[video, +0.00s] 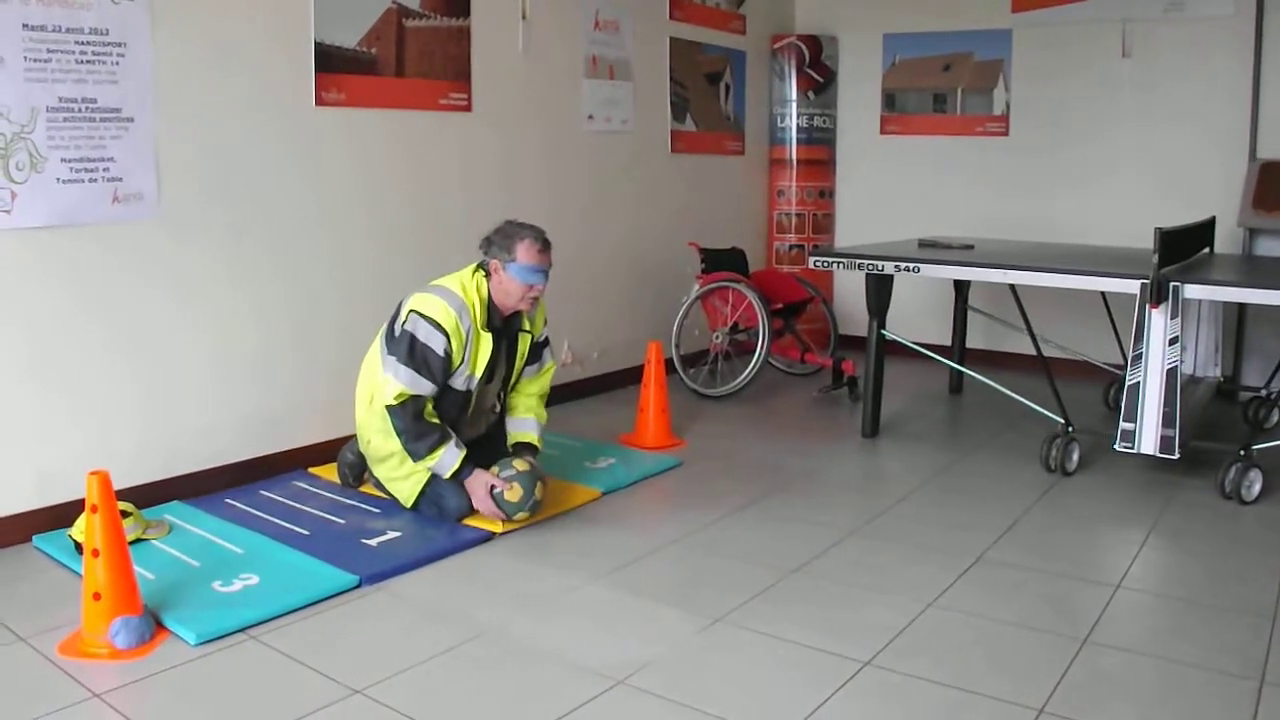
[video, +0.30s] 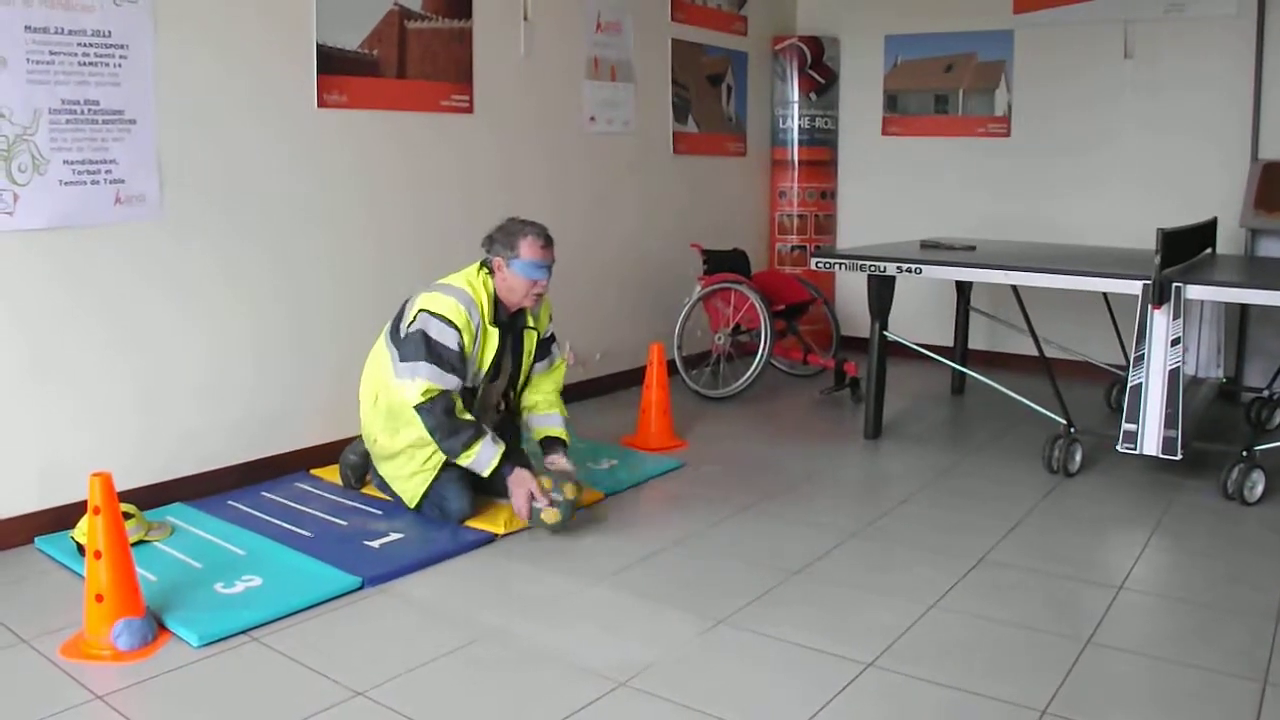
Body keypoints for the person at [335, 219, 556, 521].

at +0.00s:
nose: (540, 288)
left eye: (545, 277)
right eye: (530, 276)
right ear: (495, 270)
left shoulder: (529, 310)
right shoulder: (439, 313)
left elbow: (529, 387)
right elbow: (404, 410)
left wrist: (525, 453)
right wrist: (467, 473)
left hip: (464, 418)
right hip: (398, 432)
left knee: (513, 482)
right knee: (454, 506)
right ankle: (372, 459)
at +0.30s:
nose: (543, 285)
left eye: (548, 273)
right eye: (533, 273)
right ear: (499, 268)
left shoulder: (534, 308)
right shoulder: (446, 310)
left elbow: (541, 383)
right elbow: (434, 409)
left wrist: (554, 450)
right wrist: (508, 469)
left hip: (470, 412)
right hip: (401, 422)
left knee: (511, 484)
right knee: (455, 506)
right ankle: (375, 462)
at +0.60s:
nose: (556, 285)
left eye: (560, 274)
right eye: (547, 274)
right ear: (512, 269)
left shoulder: (540, 304)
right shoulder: (467, 311)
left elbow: (573, 364)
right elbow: (505, 399)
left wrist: (622, 391)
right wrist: (600, 414)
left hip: (471, 406)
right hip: (413, 415)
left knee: (518, 485)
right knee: (457, 509)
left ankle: (431, 448)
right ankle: (377, 454)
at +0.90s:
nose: (576, 296)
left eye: (580, 284)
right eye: (566, 284)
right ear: (532, 277)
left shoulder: (555, 326)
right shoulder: (472, 319)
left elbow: (545, 396)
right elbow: (441, 416)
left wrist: (562, 456)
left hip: (479, 411)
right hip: (409, 420)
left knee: (524, 488)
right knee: (461, 513)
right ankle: (383, 459)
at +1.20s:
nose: (573, 300)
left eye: (578, 289)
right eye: (563, 288)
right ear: (530, 282)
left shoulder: (554, 327)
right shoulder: (471, 321)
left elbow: (545, 402)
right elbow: (418, 409)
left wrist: (567, 470)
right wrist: (434, 504)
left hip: (487, 418)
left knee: (523, 489)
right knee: (463, 513)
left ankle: (444, 459)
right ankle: (382, 466)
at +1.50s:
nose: (563, 302)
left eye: (568, 292)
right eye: (553, 290)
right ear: (520, 283)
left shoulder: (547, 331)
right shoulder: (464, 319)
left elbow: (546, 408)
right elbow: (429, 411)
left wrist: (569, 482)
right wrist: (439, 510)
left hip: (482, 421)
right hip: (407, 427)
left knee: (524, 489)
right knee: (466, 512)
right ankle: (384, 468)